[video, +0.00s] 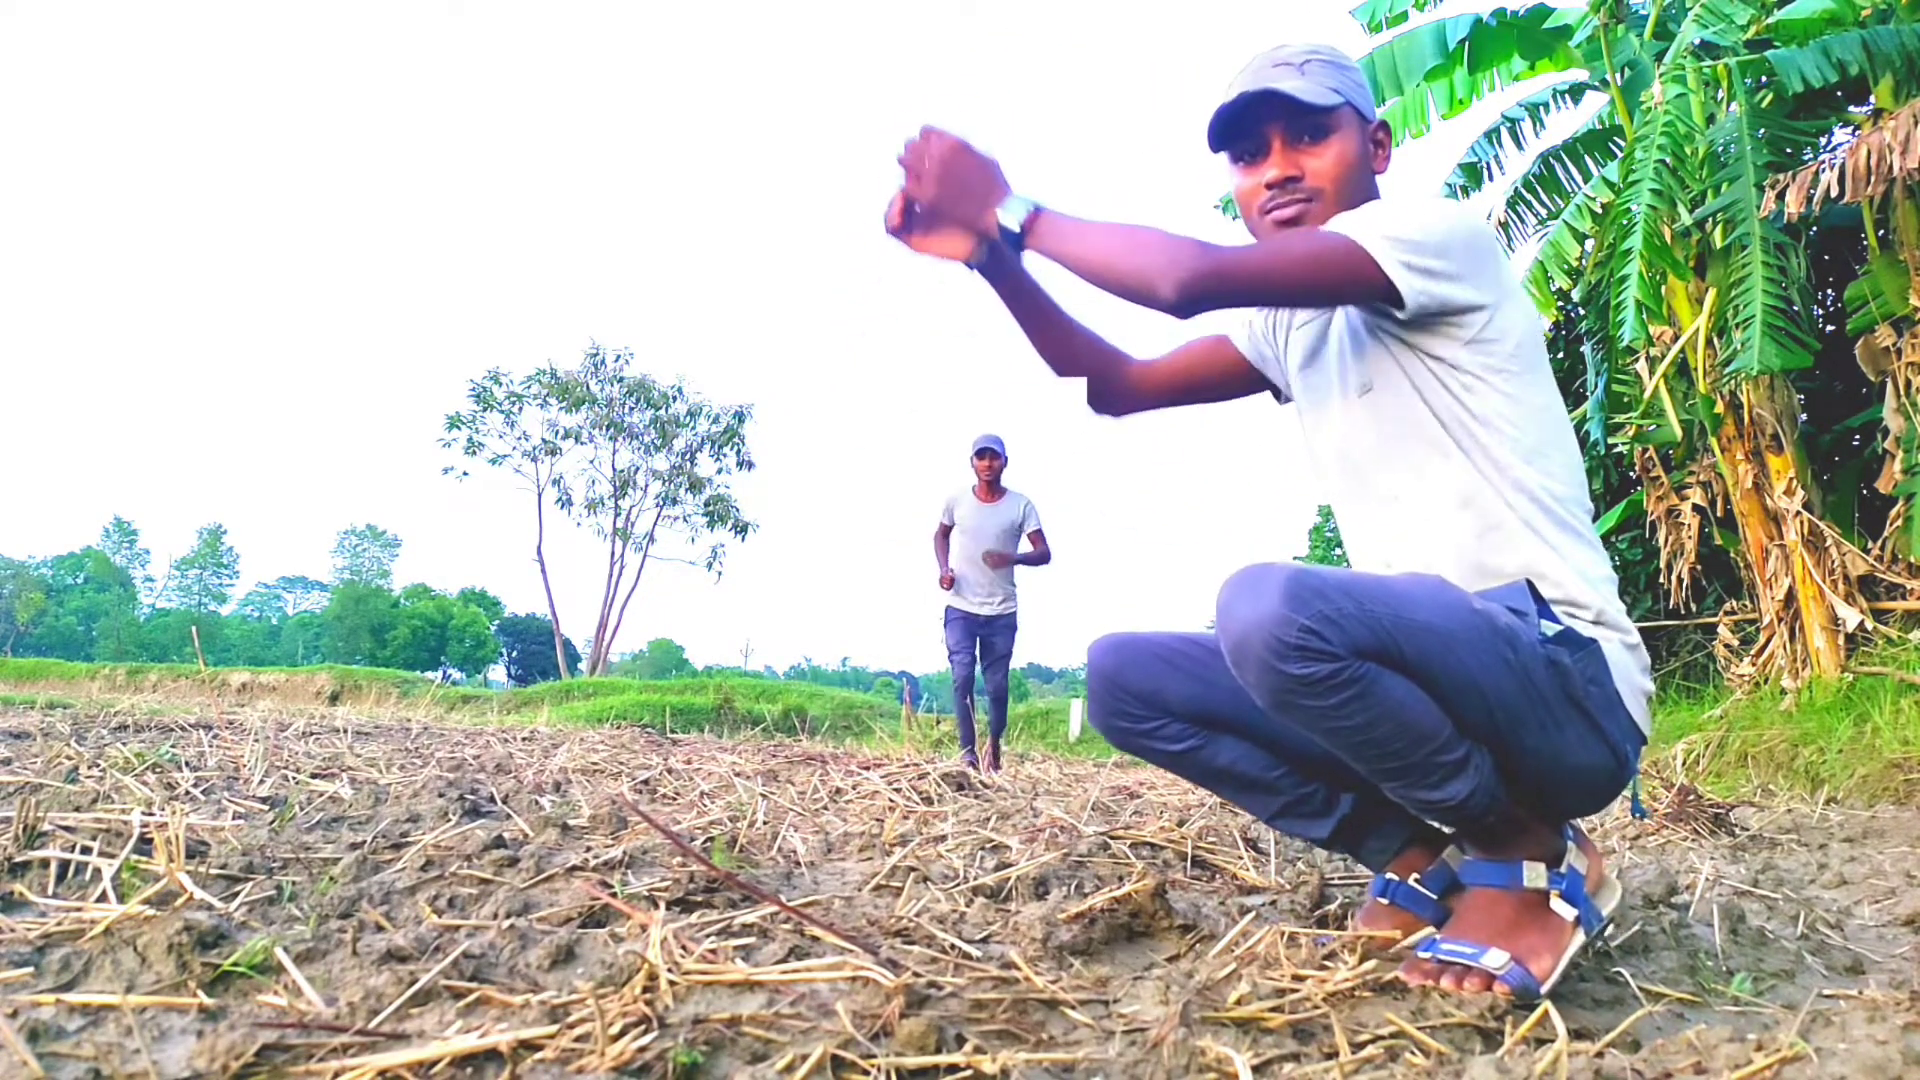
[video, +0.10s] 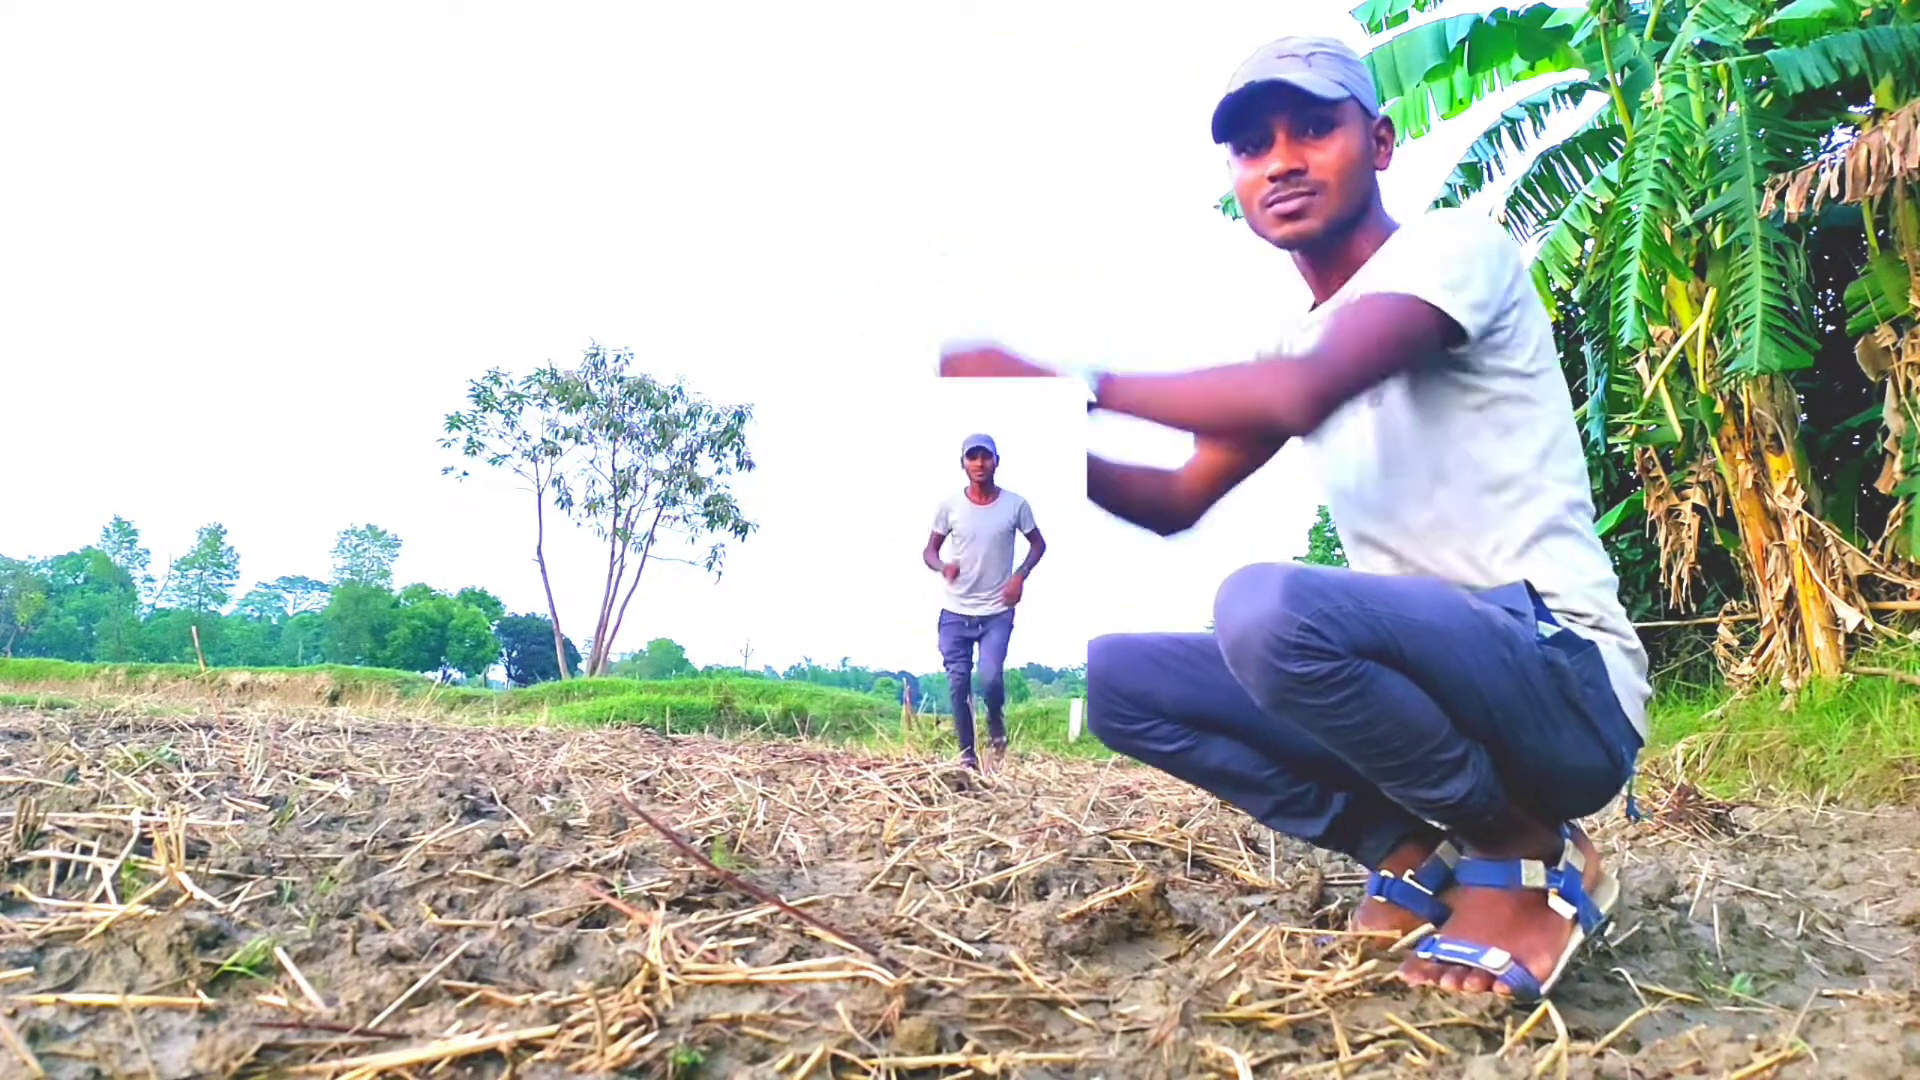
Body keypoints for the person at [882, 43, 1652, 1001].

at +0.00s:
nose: (1275, 167)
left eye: (1309, 132)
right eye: (1247, 148)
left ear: (1379, 149)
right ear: (1231, 180)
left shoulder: (1443, 239)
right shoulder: (1295, 328)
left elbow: (1189, 278)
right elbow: (1116, 383)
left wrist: (1011, 212)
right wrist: (991, 257)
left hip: (1566, 670)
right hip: (1435, 684)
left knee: (1271, 611)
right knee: (1124, 681)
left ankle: (1520, 859)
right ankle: (1425, 854)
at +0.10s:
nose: (1281, 161)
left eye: (1313, 129)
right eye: (1252, 143)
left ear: (1381, 147)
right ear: (1235, 186)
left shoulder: (1459, 247)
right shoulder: (1301, 346)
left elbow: (1295, 397)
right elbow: (1179, 501)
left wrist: (1077, 386)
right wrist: (1041, 453)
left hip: (1567, 676)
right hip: (1434, 700)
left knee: (1268, 613)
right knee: (1122, 681)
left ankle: (1518, 859)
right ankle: (1415, 858)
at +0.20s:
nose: (1273, 168)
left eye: (1302, 136)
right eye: (1241, 150)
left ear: (1364, 151)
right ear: (1220, 190)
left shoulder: (1457, 259)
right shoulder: (1275, 369)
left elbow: (1387, 461)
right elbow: (1228, 554)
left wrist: (1147, 494)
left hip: (1573, 684)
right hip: (1420, 707)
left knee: (1278, 608)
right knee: (1122, 677)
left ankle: (1521, 859)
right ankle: (1411, 853)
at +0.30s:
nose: (1235, 188)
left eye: (1263, 151)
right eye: (1200, 172)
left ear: (1328, 156)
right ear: (1183, 210)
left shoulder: (1444, 255)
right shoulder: (1252, 370)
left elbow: (1455, 472)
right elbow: (1250, 561)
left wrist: (1202, 512)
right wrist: (1167, 598)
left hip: (1594, 676)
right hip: (1426, 703)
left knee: (1341, 567)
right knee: (1140, 658)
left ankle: (1533, 858)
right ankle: (1412, 862)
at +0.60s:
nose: (1338, 73)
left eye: (1367, 48)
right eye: (1315, 44)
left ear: (1428, 12)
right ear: (1295, 11)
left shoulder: (1556, 28)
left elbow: (1561, 316)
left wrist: (1348, 507)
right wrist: (1264, 550)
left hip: (1634, 332)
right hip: (1449, 359)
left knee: (1500, 505)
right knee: (1220, 555)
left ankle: (1542, 876)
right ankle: (1429, 856)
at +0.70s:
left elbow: (1616, 234)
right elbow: (1262, 228)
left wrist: (1429, 454)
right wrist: (1278, 468)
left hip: (1626, 264)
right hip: (1443, 297)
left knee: (1519, 508)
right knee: (1234, 519)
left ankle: (1551, 886)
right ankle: (1413, 834)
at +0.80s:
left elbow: (1731, 109)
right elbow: (1273, 109)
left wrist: (1568, 354)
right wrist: (1278, 327)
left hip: (1620, 217)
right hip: (1429, 231)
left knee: (1542, 486)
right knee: (1264, 439)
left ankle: (1555, 888)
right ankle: (1415, 736)